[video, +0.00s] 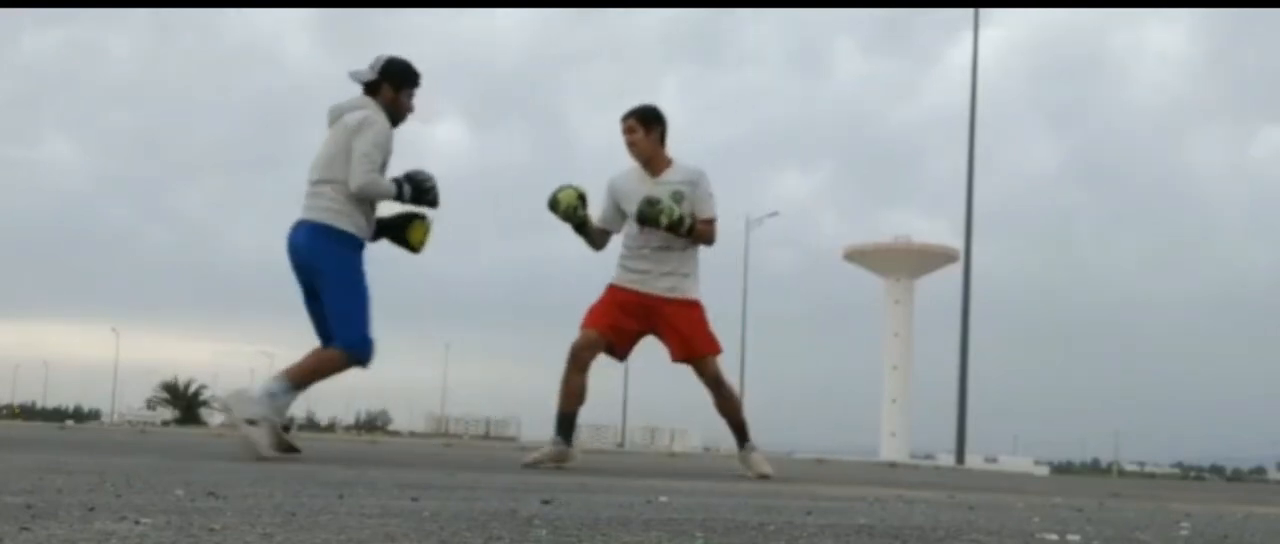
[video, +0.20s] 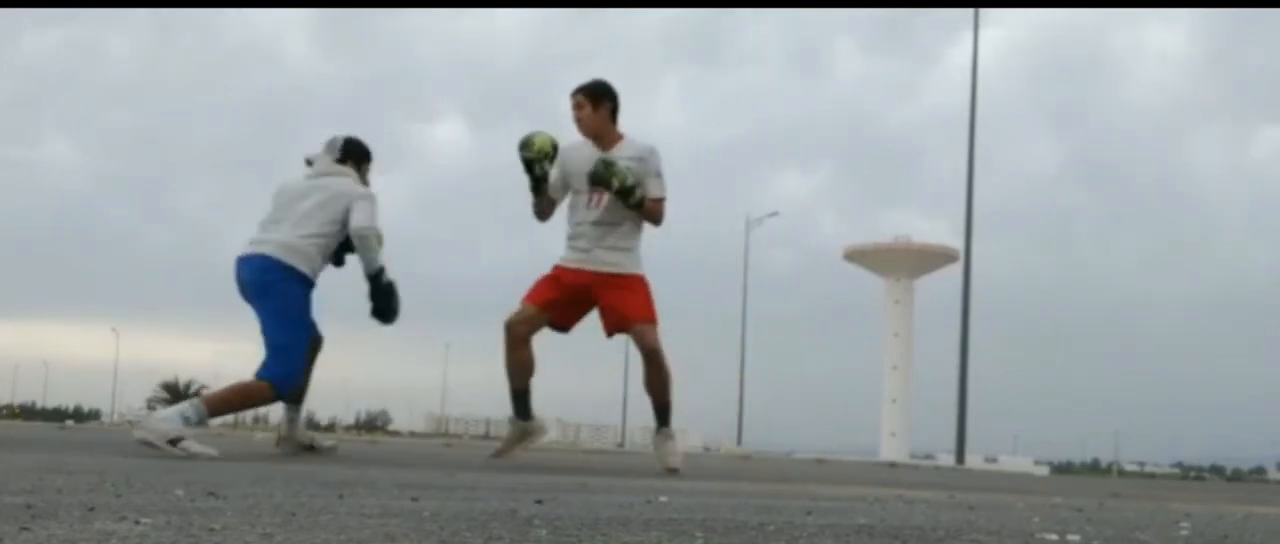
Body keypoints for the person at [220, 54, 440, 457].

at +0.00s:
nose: (412, 105)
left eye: (413, 96)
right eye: (409, 95)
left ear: (379, 91)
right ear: (387, 90)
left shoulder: (350, 121)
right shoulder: (374, 124)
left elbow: (338, 205)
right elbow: (362, 182)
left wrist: (384, 228)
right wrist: (403, 188)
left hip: (310, 236)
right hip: (333, 239)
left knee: (338, 345)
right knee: (355, 347)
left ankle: (272, 412)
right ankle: (265, 399)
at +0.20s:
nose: (367, 176)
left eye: (367, 170)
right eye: (366, 170)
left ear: (330, 159)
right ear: (358, 165)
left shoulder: (297, 183)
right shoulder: (356, 190)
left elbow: (289, 224)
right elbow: (362, 230)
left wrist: (328, 245)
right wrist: (378, 279)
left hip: (250, 267)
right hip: (282, 274)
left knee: (310, 340)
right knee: (281, 382)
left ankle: (292, 429)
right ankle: (174, 418)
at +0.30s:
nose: (377, 183)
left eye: (379, 176)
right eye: (375, 175)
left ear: (345, 165)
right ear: (357, 168)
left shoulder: (310, 186)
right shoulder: (351, 187)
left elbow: (291, 241)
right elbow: (327, 212)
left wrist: (327, 275)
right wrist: (350, 254)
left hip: (257, 269)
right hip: (285, 272)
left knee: (318, 335)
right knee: (275, 376)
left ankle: (293, 428)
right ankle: (174, 415)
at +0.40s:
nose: (380, 160)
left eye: (383, 154)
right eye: (377, 151)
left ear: (356, 149)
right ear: (355, 145)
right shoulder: (338, 160)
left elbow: (306, 236)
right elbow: (317, 177)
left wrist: (335, 263)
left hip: (283, 262)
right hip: (293, 258)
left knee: (338, 341)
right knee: (293, 354)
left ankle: (299, 427)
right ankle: (201, 405)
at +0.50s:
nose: (385, 142)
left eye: (388, 136)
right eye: (382, 133)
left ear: (368, 131)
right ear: (363, 126)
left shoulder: (348, 163)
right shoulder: (340, 140)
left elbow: (319, 216)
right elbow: (339, 152)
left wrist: (347, 233)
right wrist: (384, 154)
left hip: (305, 242)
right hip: (297, 237)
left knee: (330, 336)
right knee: (314, 332)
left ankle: (297, 428)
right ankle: (242, 417)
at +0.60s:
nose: (397, 128)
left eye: (400, 121)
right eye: (394, 118)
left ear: (383, 116)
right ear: (372, 111)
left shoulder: (354, 141)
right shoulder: (353, 132)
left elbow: (331, 202)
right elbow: (320, 159)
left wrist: (359, 213)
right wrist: (364, 178)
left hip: (296, 229)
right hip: (305, 229)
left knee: (327, 329)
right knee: (337, 326)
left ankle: (298, 422)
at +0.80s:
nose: (385, 144)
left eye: (386, 137)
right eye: (384, 135)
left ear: (359, 127)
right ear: (371, 129)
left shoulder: (341, 151)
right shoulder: (352, 145)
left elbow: (362, 233)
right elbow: (321, 179)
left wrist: (388, 195)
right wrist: (366, 211)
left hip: (315, 251)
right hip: (324, 250)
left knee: (351, 338)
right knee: (366, 338)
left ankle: (309, 421)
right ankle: (321, 429)